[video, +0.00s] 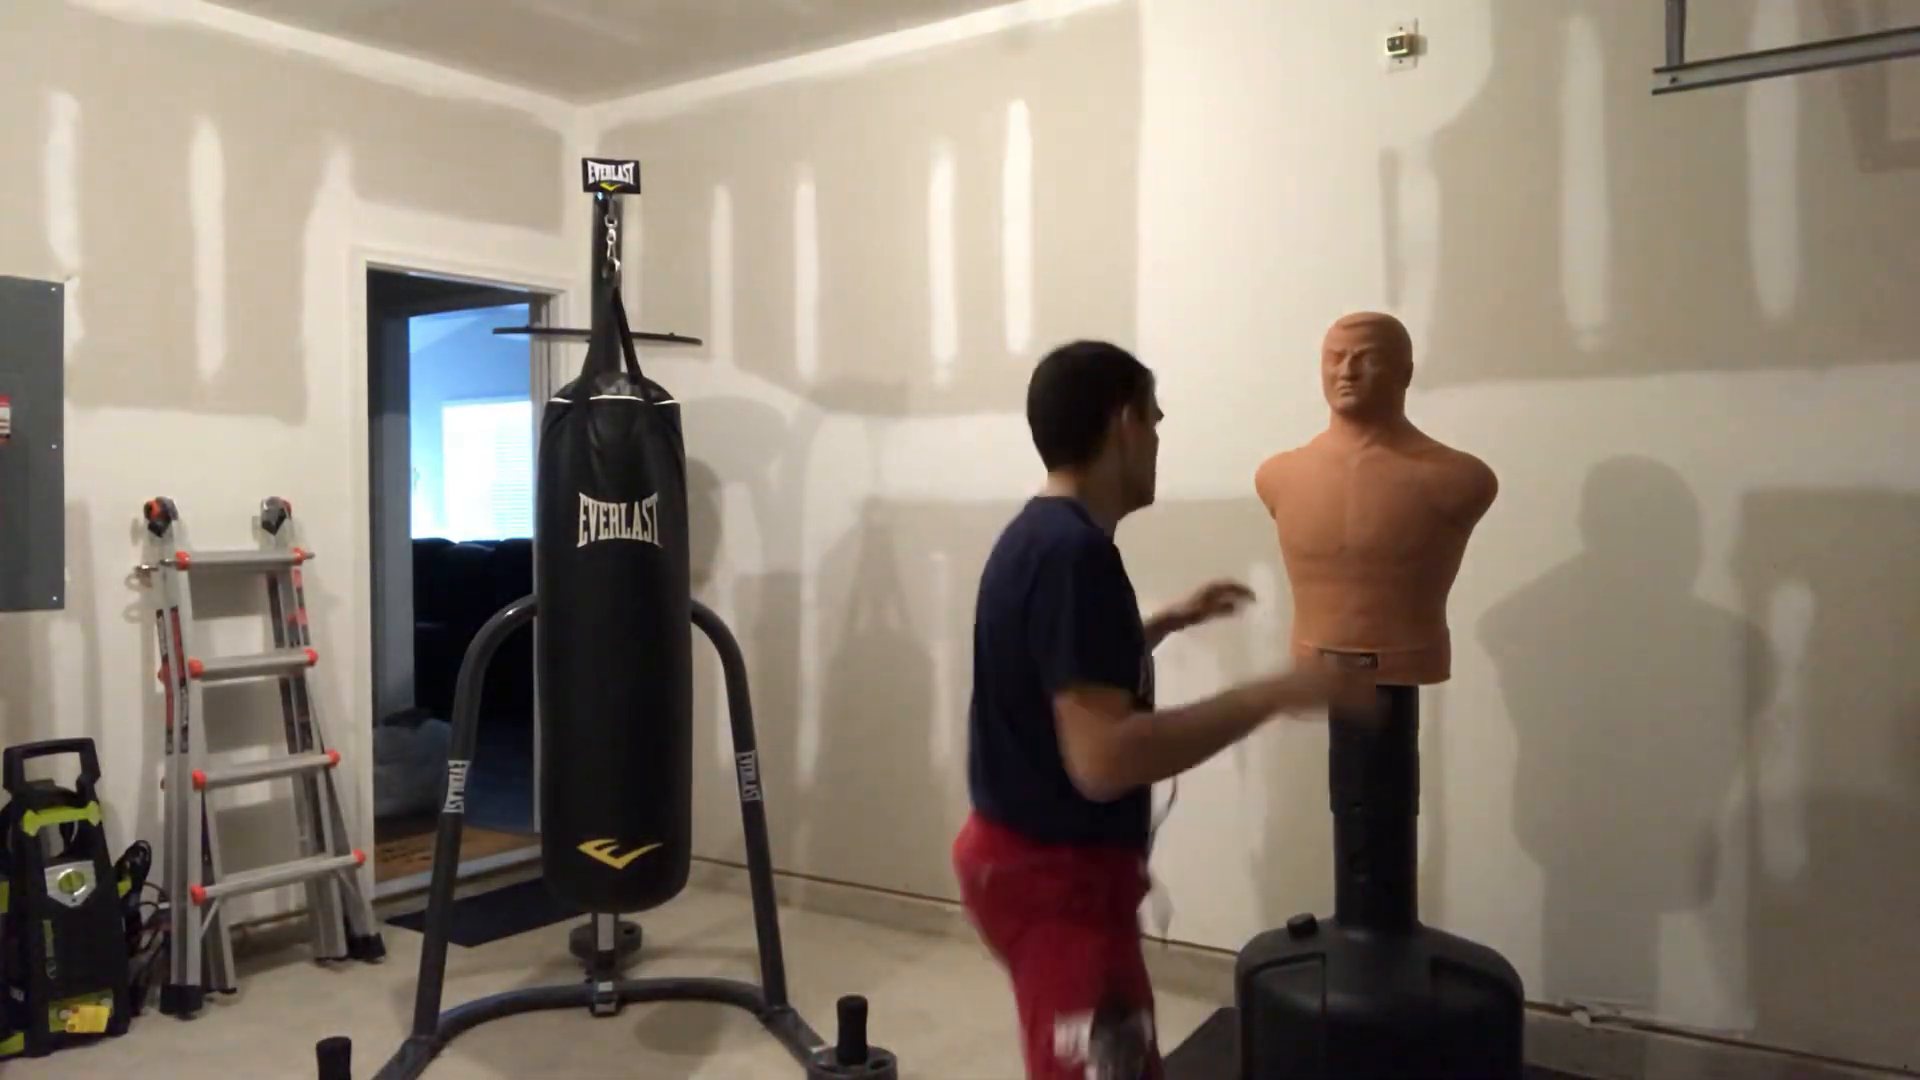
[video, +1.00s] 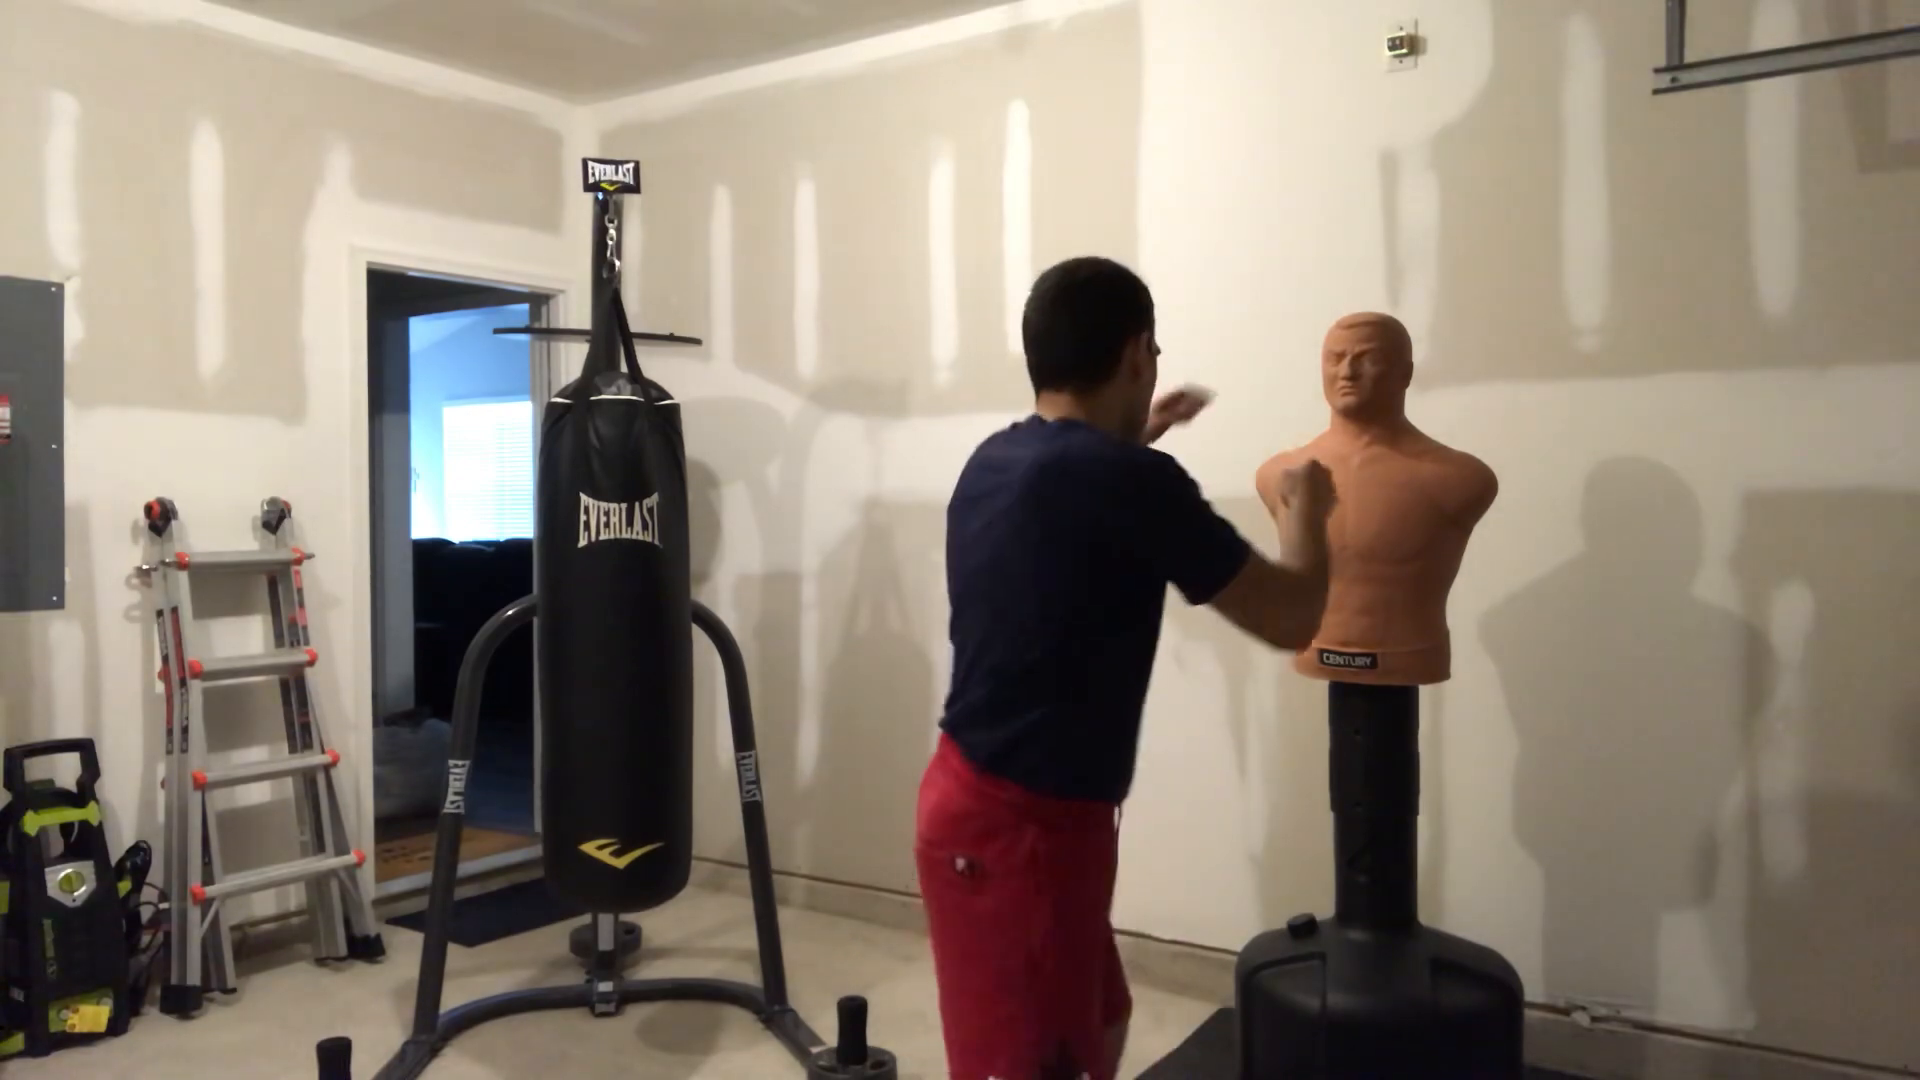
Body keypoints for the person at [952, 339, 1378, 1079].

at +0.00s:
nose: (1157, 445)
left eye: (1155, 423)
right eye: (1152, 422)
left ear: (1058, 435)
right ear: (1120, 425)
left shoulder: (1033, 537)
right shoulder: (1075, 550)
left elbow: (1063, 681)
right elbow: (1103, 757)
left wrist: (1168, 621)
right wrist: (1278, 693)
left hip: (1022, 850)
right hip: (1060, 868)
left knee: (1106, 1057)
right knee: (1102, 1063)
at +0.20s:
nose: (1153, 331)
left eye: (1153, 308)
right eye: (1151, 307)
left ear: (1047, 306)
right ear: (1119, 303)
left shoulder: (1017, 401)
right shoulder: (1084, 404)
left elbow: (1073, 566)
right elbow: (1173, 593)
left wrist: (1182, 492)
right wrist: (1260, 501)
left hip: (1008, 737)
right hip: (1047, 750)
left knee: (1057, 1030)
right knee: (1083, 1039)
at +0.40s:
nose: (1142, 390)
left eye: (1140, 367)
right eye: (1137, 367)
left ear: (1027, 373)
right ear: (1104, 372)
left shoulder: (989, 484)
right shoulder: (1071, 492)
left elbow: (1078, 568)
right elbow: (1256, 625)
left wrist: (1161, 477)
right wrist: (1272, 521)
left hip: (982, 821)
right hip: (1045, 839)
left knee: (1028, 1062)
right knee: (1068, 1066)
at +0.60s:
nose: (1144, 374)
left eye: (1145, 353)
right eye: (1143, 351)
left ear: (1024, 346)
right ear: (1115, 349)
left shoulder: (967, 469)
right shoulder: (1091, 467)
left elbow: (1049, 576)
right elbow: (1252, 633)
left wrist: (1146, 489)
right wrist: (1274, 522)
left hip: (965, 823)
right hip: (1033, 839)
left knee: (1014, 1061)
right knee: (1071, 1065)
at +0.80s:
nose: (1145, 380)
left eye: (1147, 358)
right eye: (1145, 357)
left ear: (1027, 357)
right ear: (1121, 355)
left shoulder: (980, 469)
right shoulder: (1094, 484)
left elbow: (1076, 527)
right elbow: (1274, 622)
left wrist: (1151, 432)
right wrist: (1282, 493)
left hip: (963, 837)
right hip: (1029, 851)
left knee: (997, 1063)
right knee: (1059, 1065)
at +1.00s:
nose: (1155, 372)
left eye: (1153, 353)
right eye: (1154, 352)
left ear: (1036, 358)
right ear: (1134, 354)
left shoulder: (991, 462)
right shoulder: (1130, 481)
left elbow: (1063, 519)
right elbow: (1293, 616)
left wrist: (1131, 440)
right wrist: (1305, 508)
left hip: (980, 813)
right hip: (1029, 834)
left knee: (1093, 1021)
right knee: (1026, 1061)